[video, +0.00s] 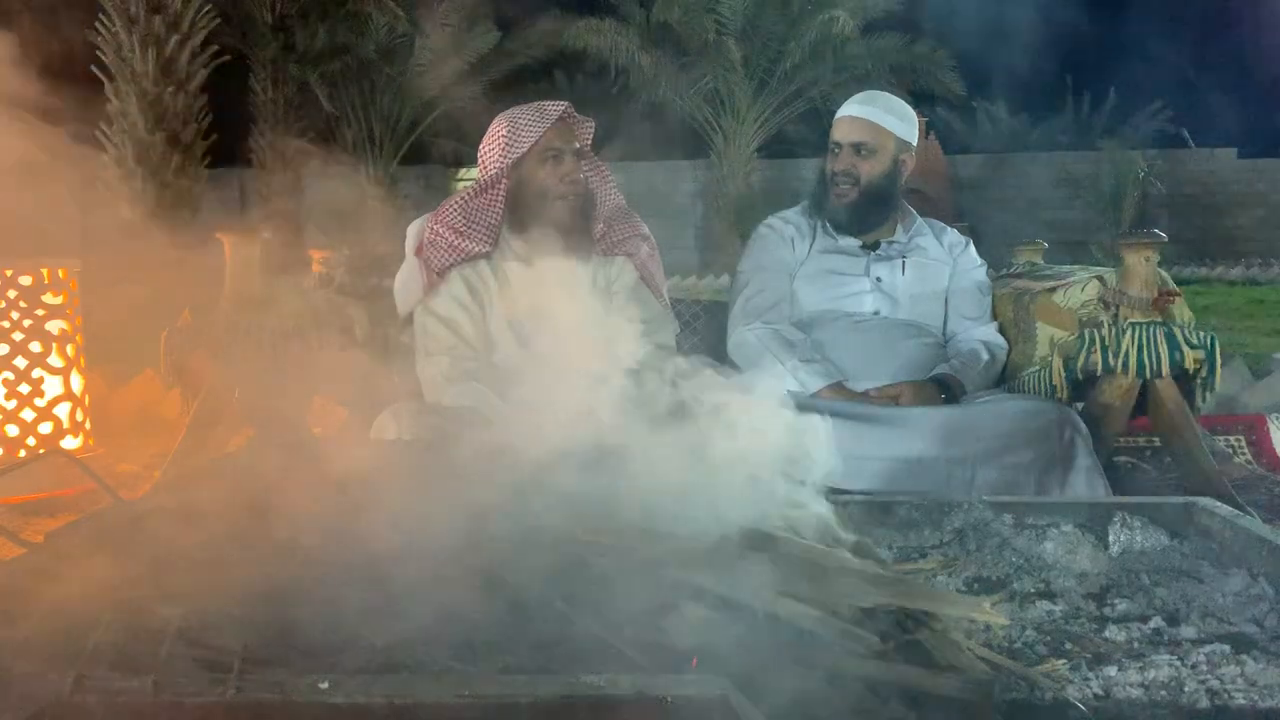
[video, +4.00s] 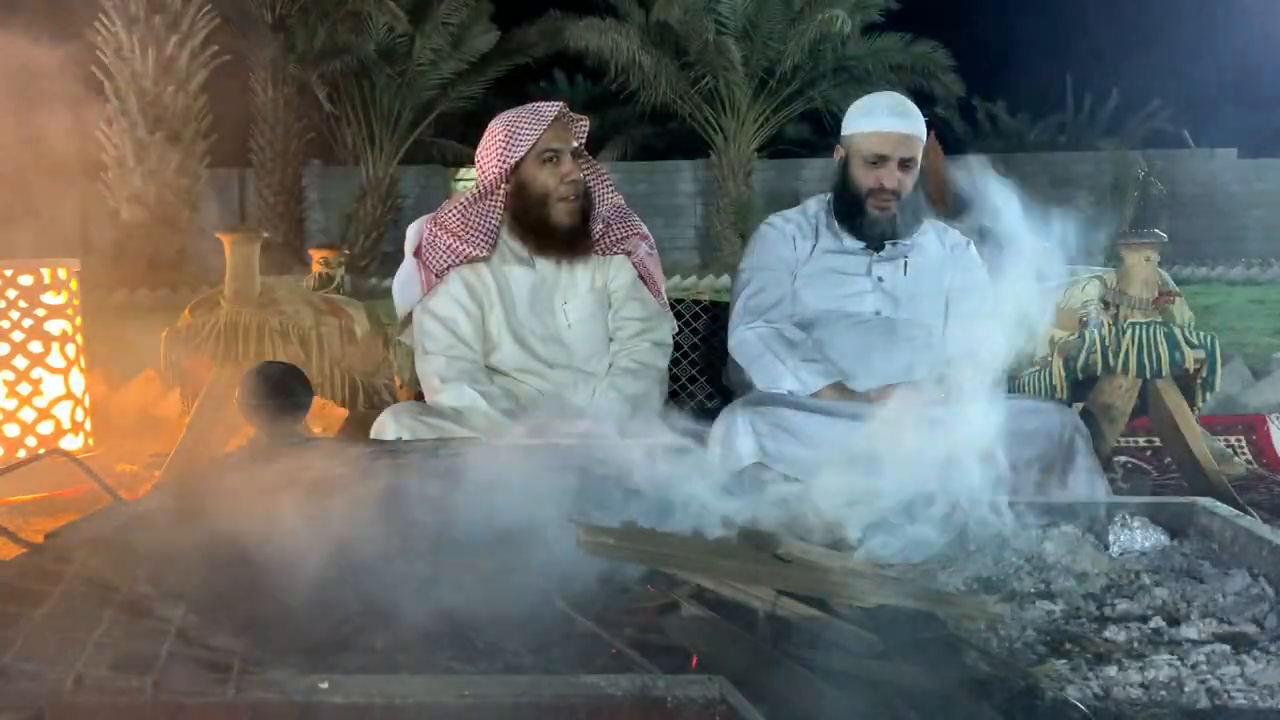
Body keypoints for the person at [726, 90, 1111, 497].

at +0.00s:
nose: (840, 166)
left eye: (861, 152)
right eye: (835, 150)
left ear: (904, 164)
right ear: (825, 156)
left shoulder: (952, 248)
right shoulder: (784, 234)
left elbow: (980, 345)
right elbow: (755, 331)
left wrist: (937, 389)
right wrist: (833, 395)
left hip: (935, 421)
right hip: (824, 417)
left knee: (1055, 425)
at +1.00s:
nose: (850, 174)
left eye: (871, 160)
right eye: (840, 157)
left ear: (906, 167)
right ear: (827, 159)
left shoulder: (952, 247)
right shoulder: (785, 232)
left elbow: (981, 342)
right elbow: (755, 333)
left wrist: (940, 388)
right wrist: (839, 397)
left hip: (935, 419)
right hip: (823, 417)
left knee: (1054, 427)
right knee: (746, 433)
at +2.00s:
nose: (905, 170)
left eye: (913, 155)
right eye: (887, 154)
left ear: (926, 163)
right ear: (849, 161)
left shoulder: (953, 248)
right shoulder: (787, 236)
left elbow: (982, 337)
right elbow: (750, 337)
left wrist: (940, 389)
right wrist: (824, 392)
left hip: (920, 417)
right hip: (812, 416)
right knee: (740, 429)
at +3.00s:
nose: (880, 173)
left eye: (899, 160)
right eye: (868, 154)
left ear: (919, 171)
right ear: (844, 156)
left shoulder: (954, 251)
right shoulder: (787, 233)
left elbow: (980, 344)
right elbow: (753, 330)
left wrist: (939, 387)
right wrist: (828, 393)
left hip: (934, 421)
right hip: (825, 419)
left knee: (1055, 427)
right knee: (739, 424)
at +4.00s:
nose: (889, 181)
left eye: (904, 166)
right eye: (874, 162)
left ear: (919, 170)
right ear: (842, 155)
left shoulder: (953, 250)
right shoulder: (786, 236)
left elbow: (980, 354)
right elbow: (755, 337)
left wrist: (928, 399)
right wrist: (845, 401)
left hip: (931, 422)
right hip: (821, 422)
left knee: (1057, 427)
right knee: (742, 426)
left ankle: (1081, 575)